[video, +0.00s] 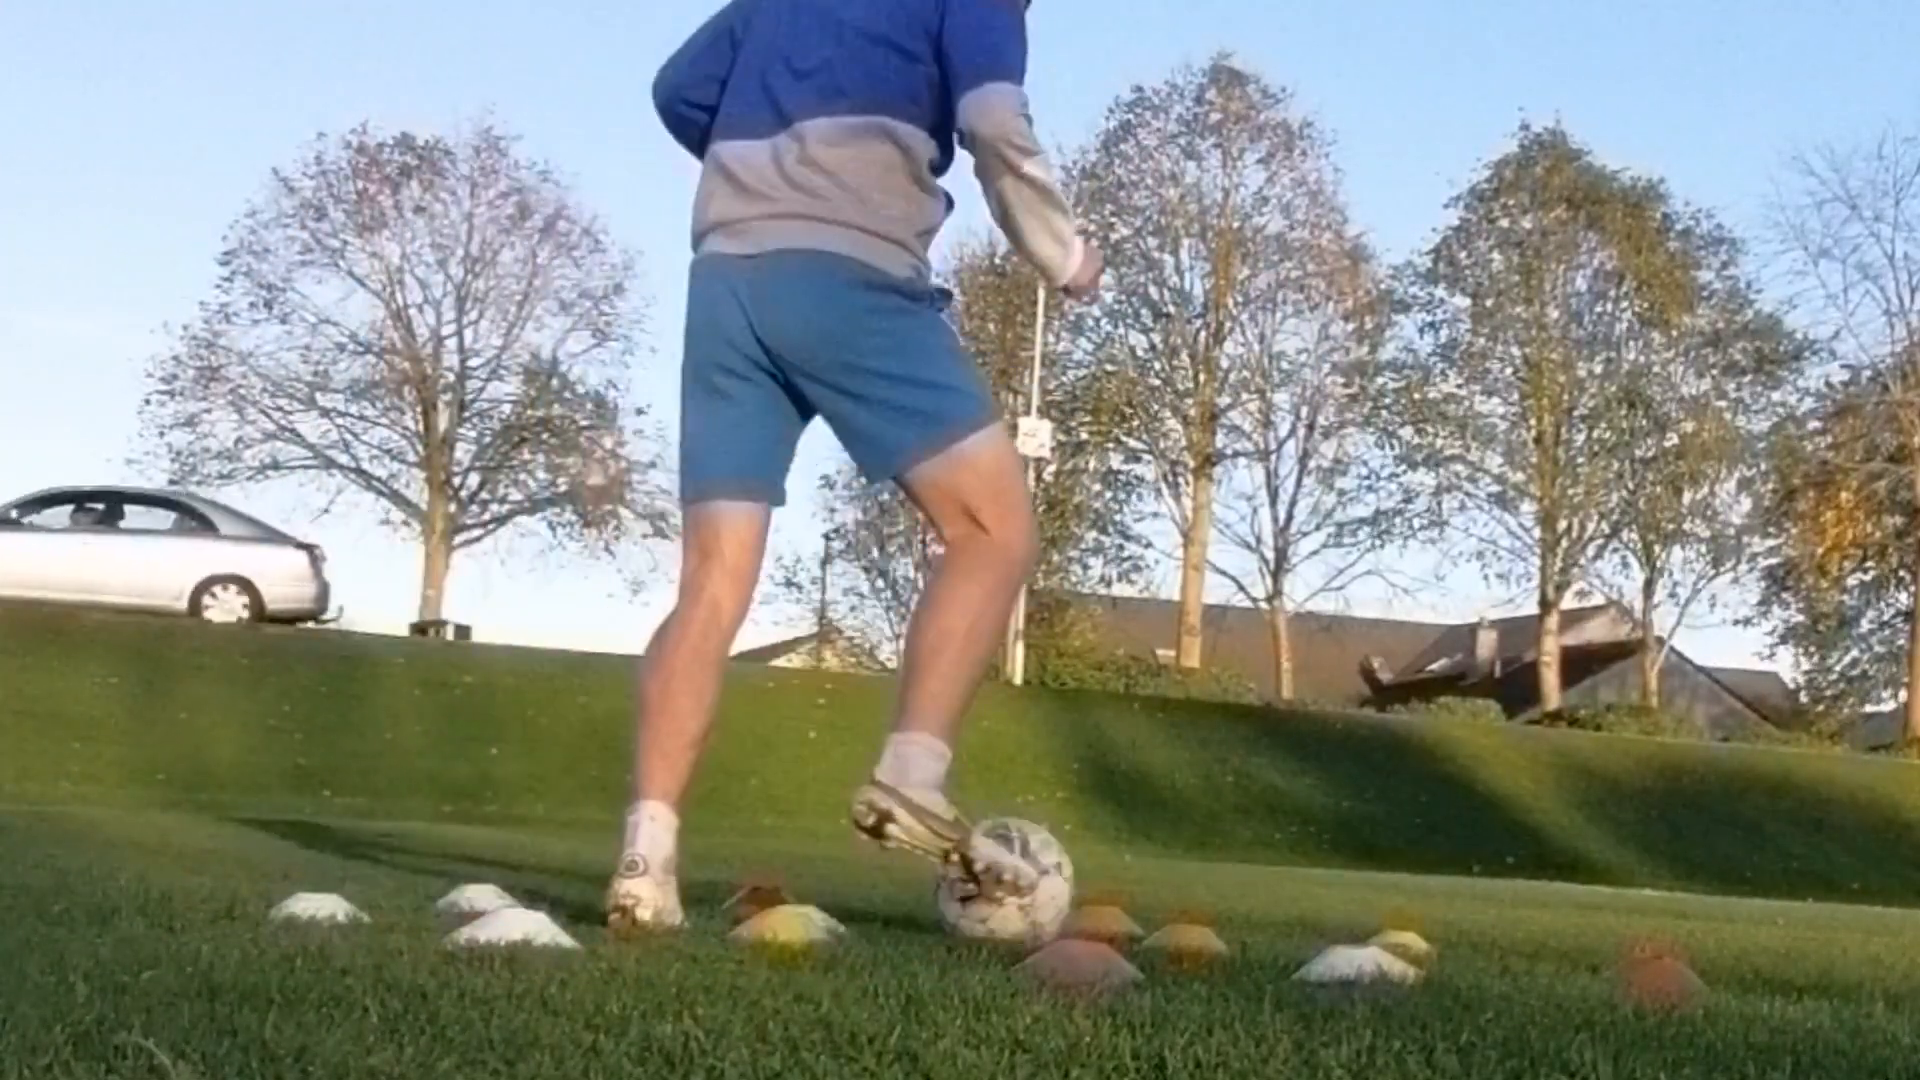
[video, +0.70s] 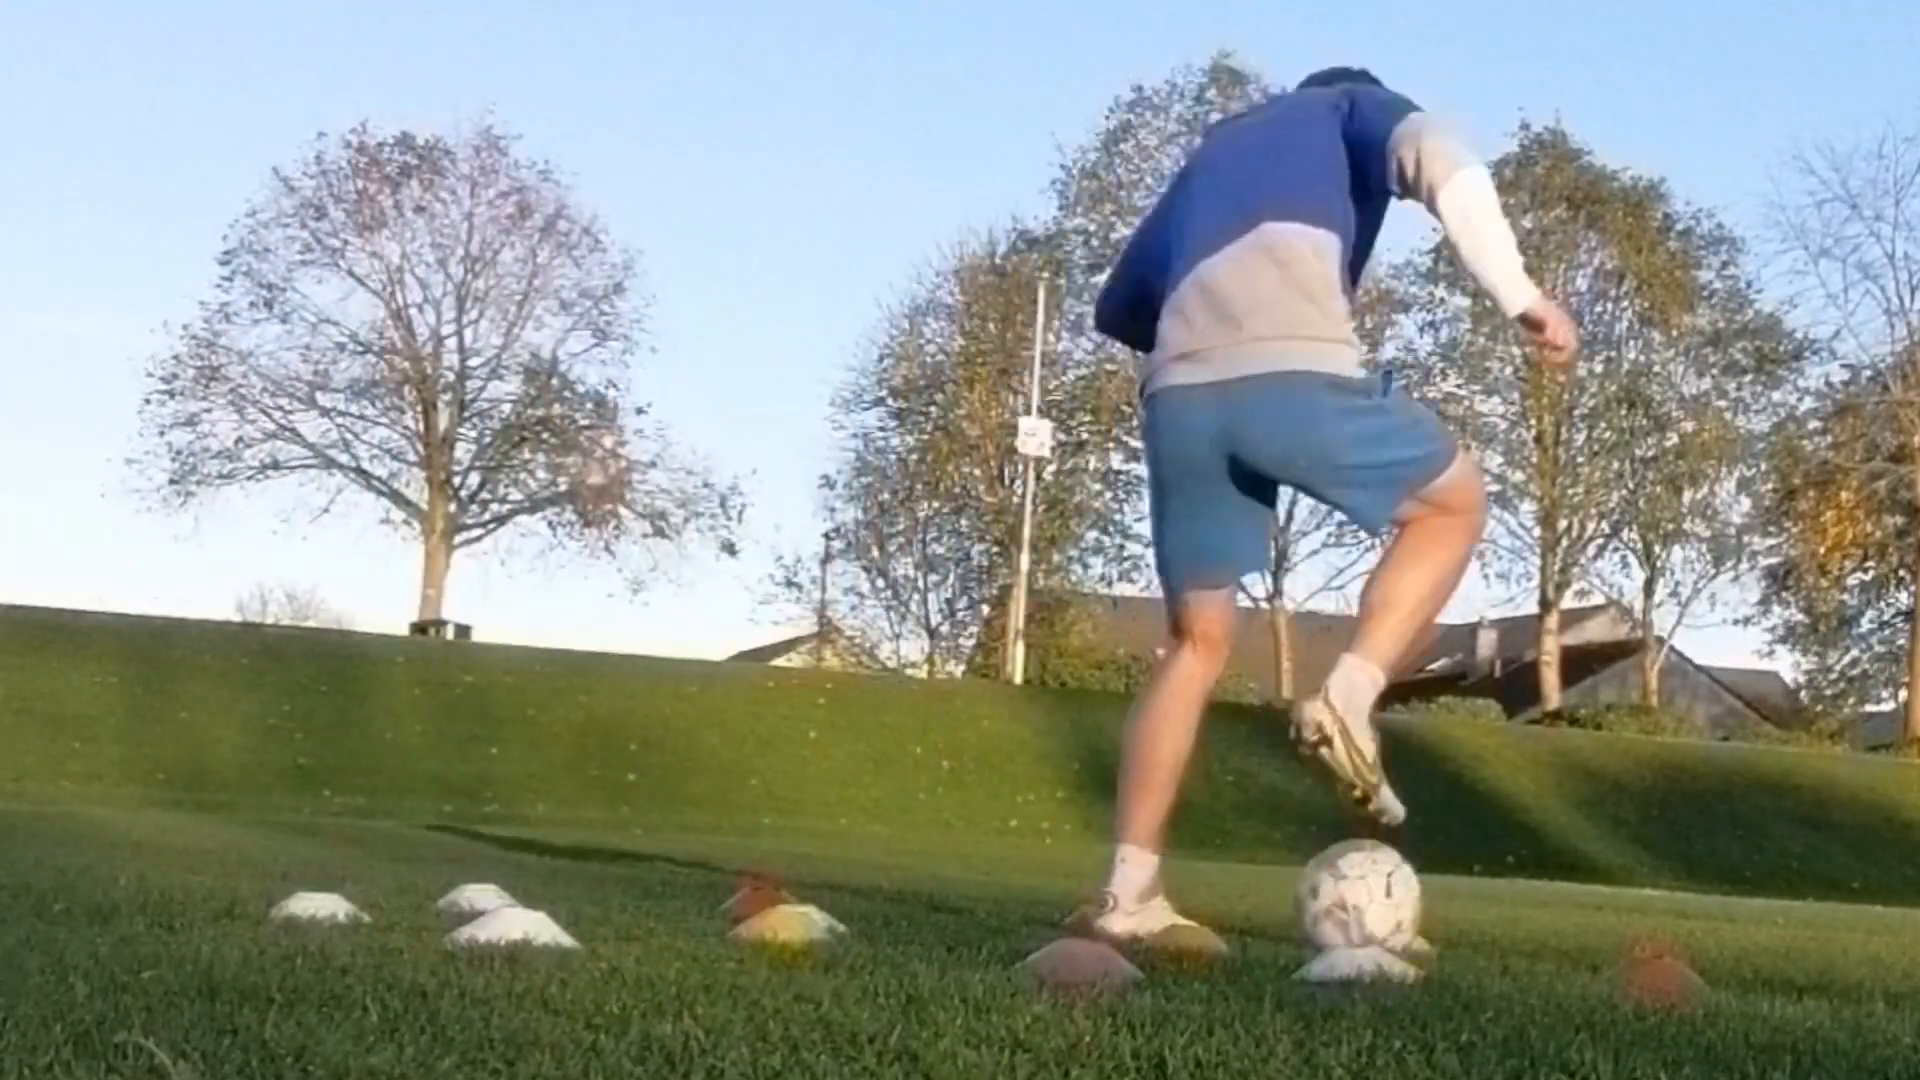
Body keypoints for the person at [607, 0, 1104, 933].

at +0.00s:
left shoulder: (772, 5)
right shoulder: (970, 5)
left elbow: (677, 89)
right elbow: (991, 121)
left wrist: (766, 172)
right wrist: (1066, 256)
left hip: (723, 284)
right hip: (852, 281)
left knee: (710, 585)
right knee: (994, 532)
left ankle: (645, 859)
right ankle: (911, 776)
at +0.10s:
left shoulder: (841, 16)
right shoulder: (1029, 4)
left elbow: (768, 128)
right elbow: (1027, 98)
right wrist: (1092, 227)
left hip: (792, 296)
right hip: (922, 289)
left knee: (750, 574)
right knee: (1055, 534)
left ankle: (652, 821)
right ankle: (994, 792)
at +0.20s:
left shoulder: (901, 33)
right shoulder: (1090, 6)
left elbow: (805, 164)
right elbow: (1094, 89)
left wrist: (910, 233)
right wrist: (1148, 230)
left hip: (879, 333)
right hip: (1007, 331)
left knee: (860, 562)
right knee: (1034, 607)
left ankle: (737, 766)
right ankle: (912, 871)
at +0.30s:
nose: (1173, 32)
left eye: (1175, 22)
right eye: (1172, 19)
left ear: (1041, 3)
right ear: (1139, 5)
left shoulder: (953, 57)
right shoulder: (1154, 44)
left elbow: (867, 157)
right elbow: (1208, 169)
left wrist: (925, 292)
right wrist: (1249, 276)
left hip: (942, 347)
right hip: (1059, 348)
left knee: (960, 595)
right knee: (1029, 620)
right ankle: (905, 877)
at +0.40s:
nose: (1230, 55)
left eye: (1230, 47)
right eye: (1232, 44)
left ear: (1145, 13)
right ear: (1206, 24)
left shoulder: (1015, 60)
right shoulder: (1212, 50)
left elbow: (942, 120)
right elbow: (1294, 186)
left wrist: (986, 272)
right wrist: (1315, 268)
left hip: (985, 351)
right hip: (1098, 355)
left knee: (1067, 590)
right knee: (1170, 607)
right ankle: (1002, 786)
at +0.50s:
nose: (1280, 118)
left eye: (1282, 104)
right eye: (1280, 101)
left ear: (1201, 64)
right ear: (1260, 76)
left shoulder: (1081, 120)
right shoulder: (1250, 97)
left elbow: (978, 217)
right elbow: (1330, 225)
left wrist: (1042, 347)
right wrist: (1361, 286)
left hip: (1049, 411)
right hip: (1158, 402)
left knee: (1157, 648)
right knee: (1333, 574)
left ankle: (1127, 904)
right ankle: (1147, 724)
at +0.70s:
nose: (1390, 126)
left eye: (1384, 118)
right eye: (1384, 114)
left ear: (1291, 95)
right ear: (1358, 96)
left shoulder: (1205, 159)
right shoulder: (1351, 103)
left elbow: (1120, 310)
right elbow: (1446, 162)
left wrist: (1212, 365)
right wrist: (1522, 296)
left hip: (1178, 406)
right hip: (1299, 385)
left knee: (1196, 644)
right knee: (1449, 505)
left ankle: (1128, 892)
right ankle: (1348, 696)